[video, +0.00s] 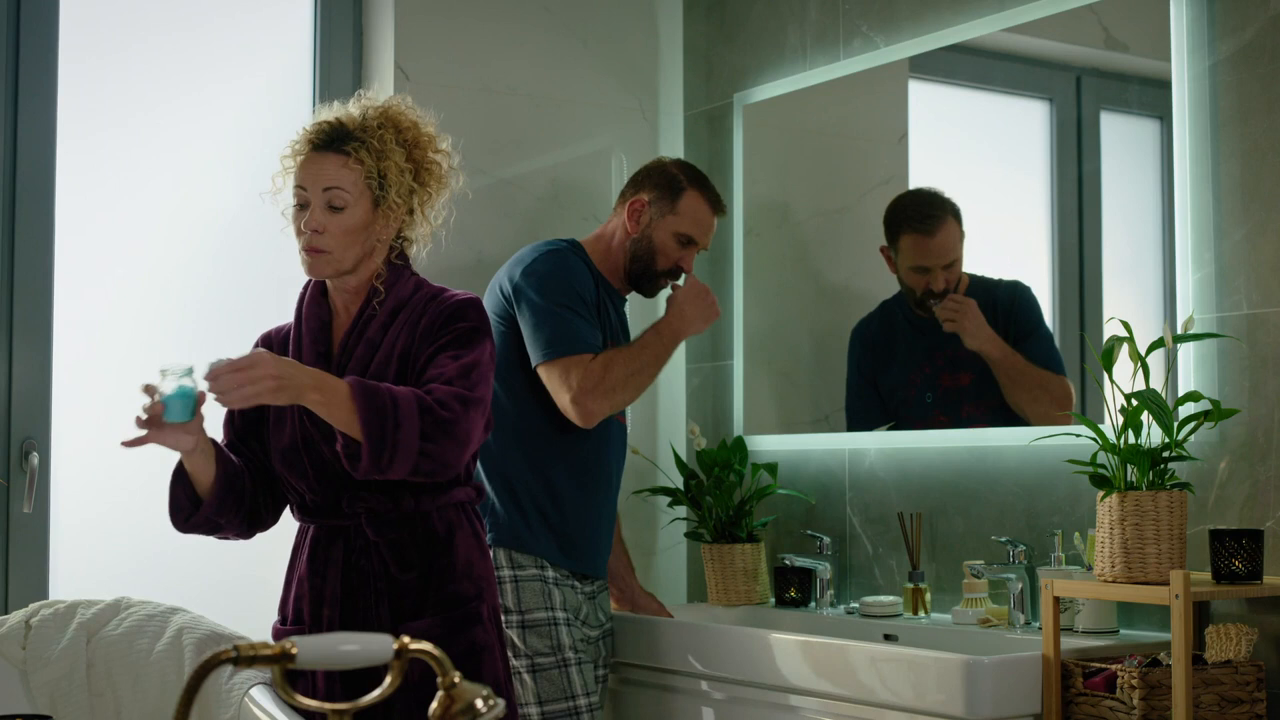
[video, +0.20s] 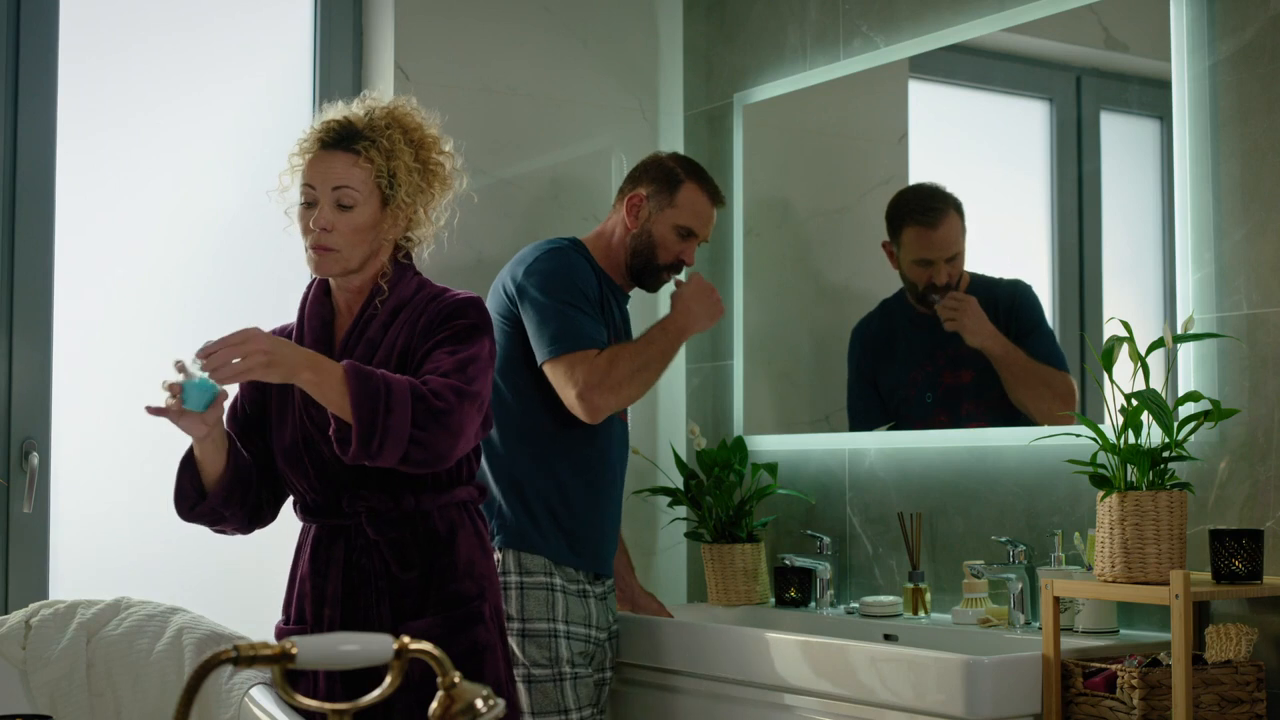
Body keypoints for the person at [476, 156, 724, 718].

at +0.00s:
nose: (688, 265)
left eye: (698, 252)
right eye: (683, 243)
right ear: (635, 214)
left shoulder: (609, 309)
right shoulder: (547, 269)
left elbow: (586, 469)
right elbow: (583, 397)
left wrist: (626, 589)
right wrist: (674, 326)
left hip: (580, 576)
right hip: (525, 570)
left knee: (581, 707)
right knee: (559, 710)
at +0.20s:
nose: (690, 258)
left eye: (698, 244)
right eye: (684, 235)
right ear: (634, 209)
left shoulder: (610, 304)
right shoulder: (551, 267)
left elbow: (586, 465)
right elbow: (589, 392)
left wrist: (626, 586)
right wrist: (679, 323)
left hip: (584, 573)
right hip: (532, 569)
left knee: (579, 707)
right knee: (551, 710)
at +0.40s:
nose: (693, 259)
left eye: (702, 245)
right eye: (687, 236)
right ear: (638, 209)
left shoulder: (614, 307)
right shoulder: (554, 267)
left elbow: (588, 467)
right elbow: (591, 391)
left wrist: (628, 587)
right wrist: (688, 326)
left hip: (588, 577)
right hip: (534, 571)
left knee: (583, 709)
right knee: (554, 713)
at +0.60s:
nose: (693, 262)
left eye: (703, 250)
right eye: (688, 238)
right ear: (641, 208)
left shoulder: (617, 306)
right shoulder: (560, 266)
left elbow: (590, 465)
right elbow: (595, 394)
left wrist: (625, 583)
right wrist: (695, 336)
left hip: (585, 577)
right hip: (532, 568)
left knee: (585, 707)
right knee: (552, 710)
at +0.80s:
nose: (698, 267)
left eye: (708, 254)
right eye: (694, 243)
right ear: (648, 211)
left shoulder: (619, 302)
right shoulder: (564, 268)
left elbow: (594, 455)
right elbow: (600, 389)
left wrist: (623, 581)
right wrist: (696, 340)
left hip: (586, 583)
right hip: (538, 576)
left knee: (589, 706)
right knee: (547, 707)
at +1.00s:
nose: (701, 272)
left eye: (711, 258)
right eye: (699, 248)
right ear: (654, 216)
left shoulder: (621, 299)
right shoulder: (589, 291)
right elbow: (599, 388)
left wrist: (624, 586)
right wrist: (696, 345)